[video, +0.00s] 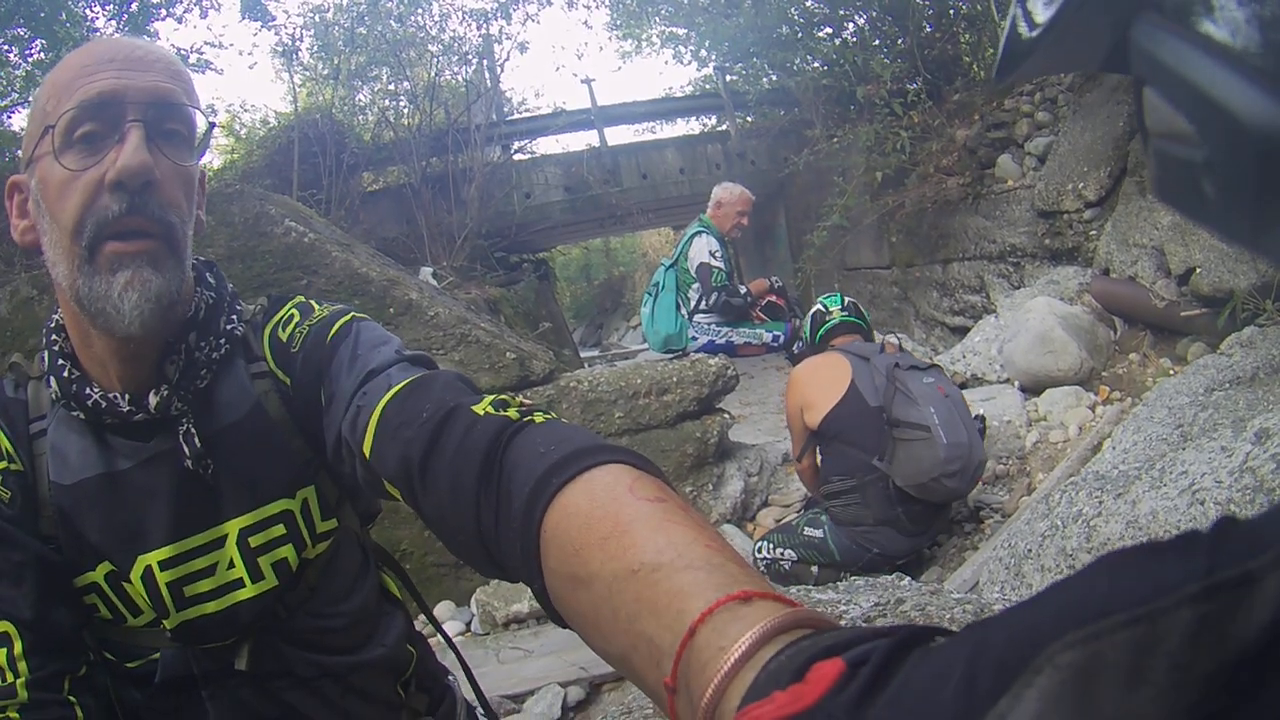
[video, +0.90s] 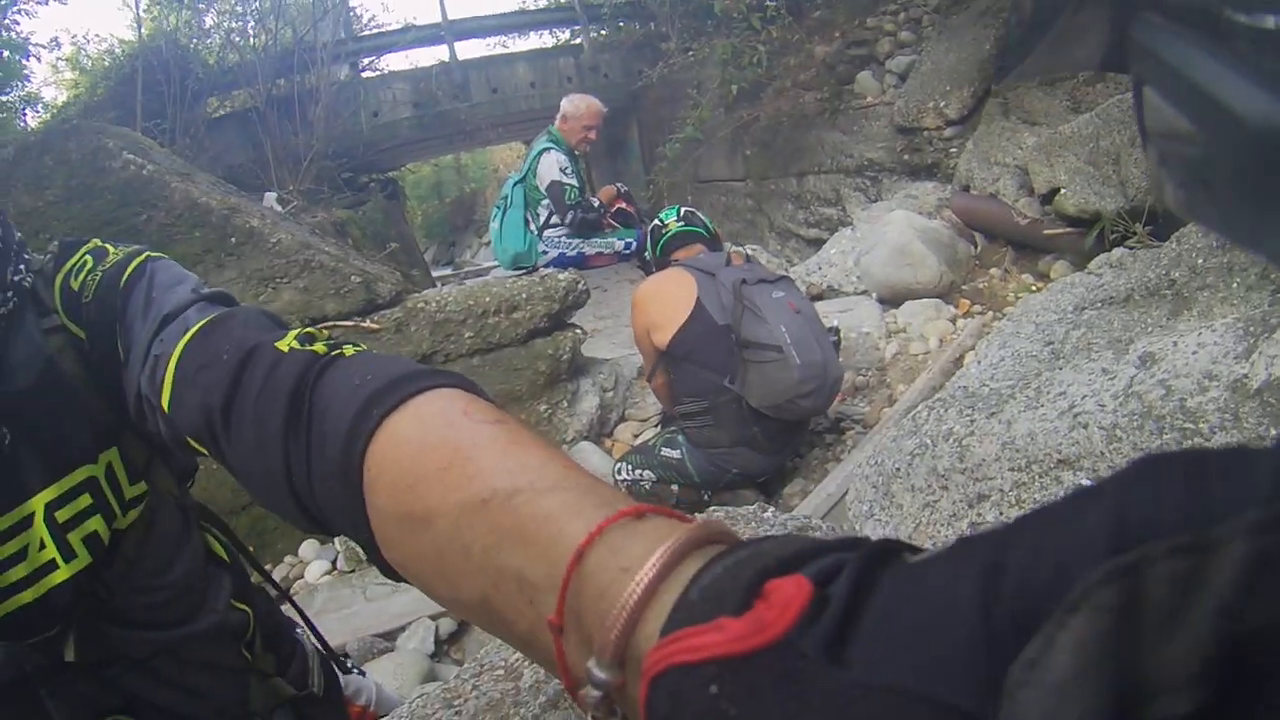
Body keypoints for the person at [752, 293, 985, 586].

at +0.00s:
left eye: (803, 338)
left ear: (812, 339)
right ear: (866, 330)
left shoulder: (805, 375)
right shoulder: (897, 357)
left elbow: (805, 464)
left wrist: (830, 503)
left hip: (873, 535)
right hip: (931, 518)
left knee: (766, 550)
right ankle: (908, 560)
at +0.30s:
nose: (787, 354)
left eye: (789, 347)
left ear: (798, 346)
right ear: (849, 337)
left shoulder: (795, 383)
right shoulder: (881, 363)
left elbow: (793, 472)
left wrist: (815, 511)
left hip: (865, 541)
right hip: (921, 522)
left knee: (752, 559)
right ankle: (897, 566)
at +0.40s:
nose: (766, 365)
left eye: (769, 357)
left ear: (777, 356)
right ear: (829, 347)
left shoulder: (775, 394)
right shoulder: (862, 371)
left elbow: (776, 483)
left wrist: (799, 521)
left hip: (848, 551)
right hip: (904, 532)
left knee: (735, 566)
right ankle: (878, 578)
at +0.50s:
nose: (721, 366)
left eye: (724, 357)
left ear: (732, 353)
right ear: (787, 343)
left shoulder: (731, 390)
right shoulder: (821, 366)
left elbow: (734, 477)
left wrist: (759, 516)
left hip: (807, 545)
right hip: (864, 528)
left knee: (694, 561)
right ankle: (835, 574)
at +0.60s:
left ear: (664, 303)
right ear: (725, 286)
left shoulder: (667, 338)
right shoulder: (757, 312)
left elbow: (668, 424)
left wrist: (695, 461)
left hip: (739, 495)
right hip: (799, 476)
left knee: (626, 519)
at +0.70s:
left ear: (626, 258)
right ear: (685, 236)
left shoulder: (625, 292)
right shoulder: (718, 265)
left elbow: (631, 376)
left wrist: (655, 414)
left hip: (709, 449)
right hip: (768, 428)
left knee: (599, 466)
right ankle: (750, 468)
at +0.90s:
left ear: (654, 257)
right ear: (714, 240)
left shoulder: (650, 293)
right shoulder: (746, 264)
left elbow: (660, 383)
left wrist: (678, 418)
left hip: (730, 453)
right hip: (790, 432)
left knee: (627, 471)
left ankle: (727, 499)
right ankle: (770, 476)